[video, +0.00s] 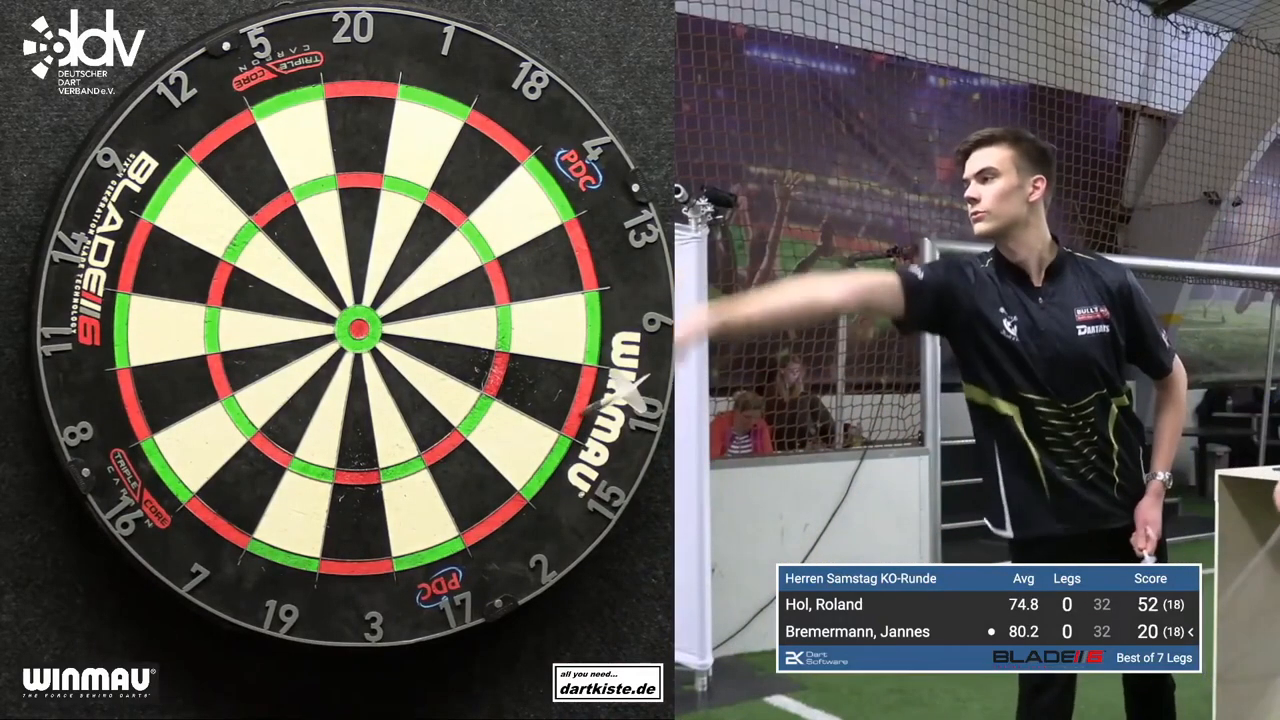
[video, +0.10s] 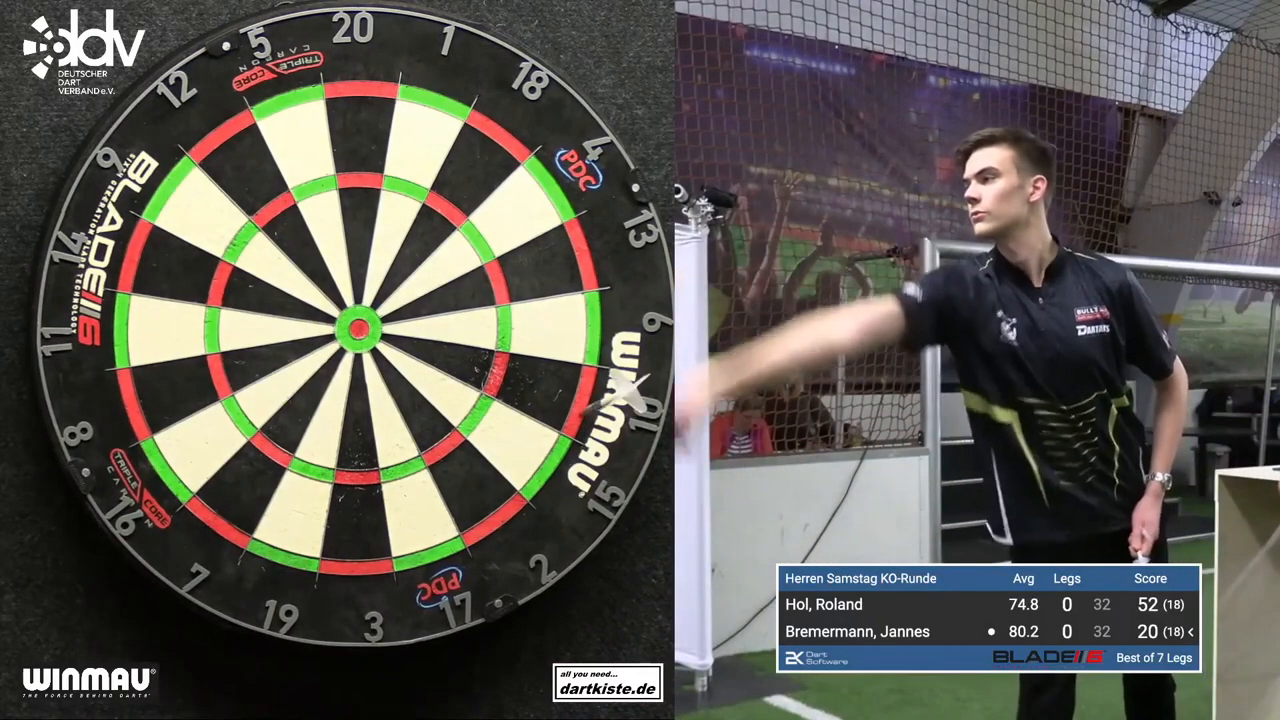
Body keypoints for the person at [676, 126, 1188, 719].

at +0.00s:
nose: (970, 193)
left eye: (986, 178)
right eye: (967, 184)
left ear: (1037, 188)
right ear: (969, 198)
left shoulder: (1109, 283)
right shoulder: (960, 284)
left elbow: (1173, 381)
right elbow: (840, 290)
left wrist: (1157, 487)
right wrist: (707, 318)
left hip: (1127, 522)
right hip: (1038, 535)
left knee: (1153, 682)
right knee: (1046, 691)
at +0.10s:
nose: (970, 192)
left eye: (987, 178)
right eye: (967, 183)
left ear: (1037, 188)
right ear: (969, 198)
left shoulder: (1110, 284)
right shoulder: (960, 289)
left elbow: (1173, 382)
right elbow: (842, 329)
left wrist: (1156, 488)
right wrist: (714, 377)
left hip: (1129, 523)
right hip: (1039, 538)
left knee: (1153, 680)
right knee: (1046, 691)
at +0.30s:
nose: (967, 197)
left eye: (985, 181)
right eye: (964, 187)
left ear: (1035, 191)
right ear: (965, 202)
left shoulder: (1108, 285)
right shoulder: (960, 307)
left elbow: (1172, 387)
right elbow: (902, 417)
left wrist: (1153, 491)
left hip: (1128, 524)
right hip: (1037, 544)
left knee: (1150, 678)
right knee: (1052, 695)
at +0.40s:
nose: (958, 203)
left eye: (976, 186)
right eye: (956, 192)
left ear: (1025, 197)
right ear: (955, 207)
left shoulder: (1098, 293)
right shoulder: (948, 319)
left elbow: (1162, 391)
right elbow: (927, 460)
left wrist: (1131, 482)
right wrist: (910, 582)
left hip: (1112, 529)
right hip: (1024, 546)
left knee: (1144, 683)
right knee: (1055, 698)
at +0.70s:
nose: (911, 203)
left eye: (930, 187)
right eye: (909, 191)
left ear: (982, 200)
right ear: (907, 204)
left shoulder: (1056, 309)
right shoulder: (898, 323)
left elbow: (1120, 424)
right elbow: (909, 465)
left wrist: (1041, 490)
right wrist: (918, 581)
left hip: (1061, 566)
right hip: (969, 571)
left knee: (1049, 707)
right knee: (1009, 707)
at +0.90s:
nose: (844, 202)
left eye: (868, 187)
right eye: (844, 188)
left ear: (925, 204)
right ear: (843, 201)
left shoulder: (996, 324)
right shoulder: (831, 330)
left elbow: (1081, 451)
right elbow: (829, 481)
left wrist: (983, 526)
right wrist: (832, 619)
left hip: (1003, 580)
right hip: (911, 586)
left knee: (947, 708)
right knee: (992, 708)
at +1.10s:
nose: (742, 156)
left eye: (769, 141)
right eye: (746, 140)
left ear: (832, 164)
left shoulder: (887, 299)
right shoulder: (746, 289)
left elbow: (966, 464)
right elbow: (738, 452)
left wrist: (823, 525)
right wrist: (722, 601)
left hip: (887, 592)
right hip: (795, 593)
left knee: (855, 708)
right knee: (809, 707)